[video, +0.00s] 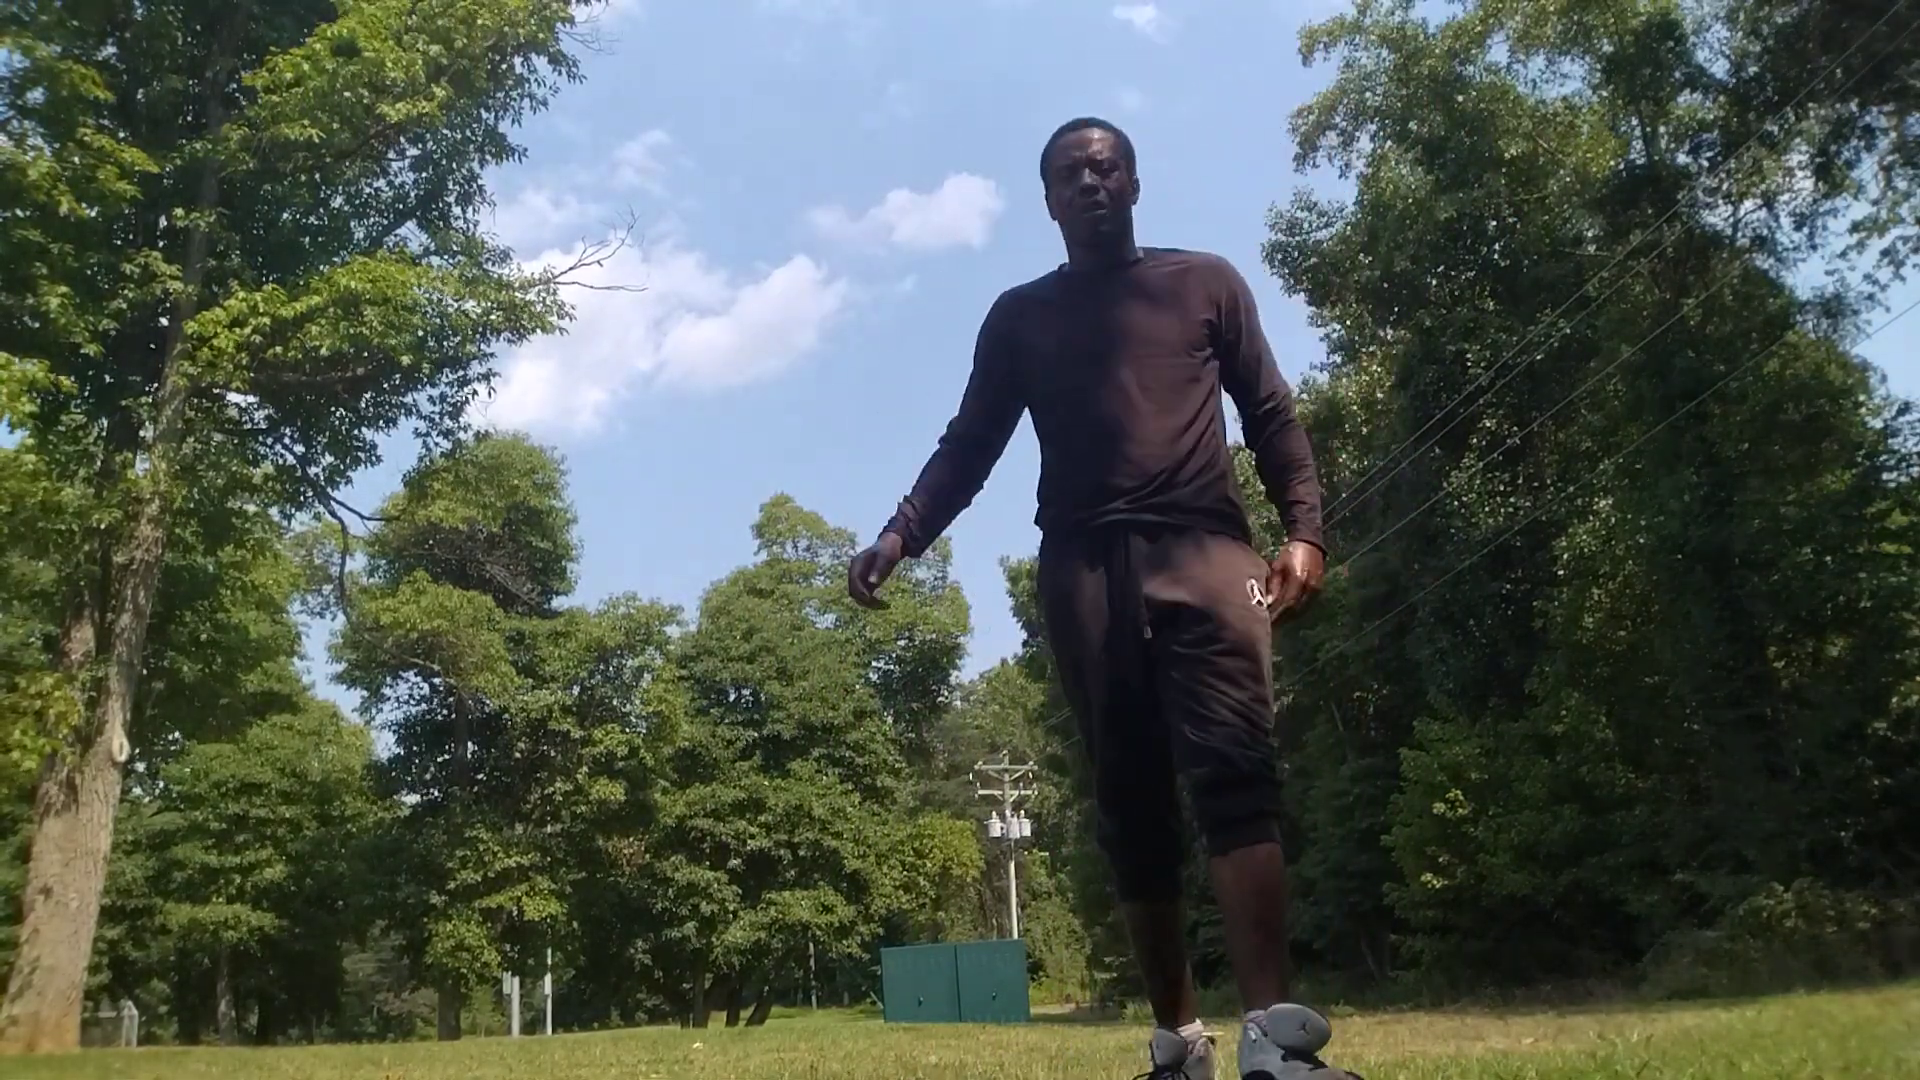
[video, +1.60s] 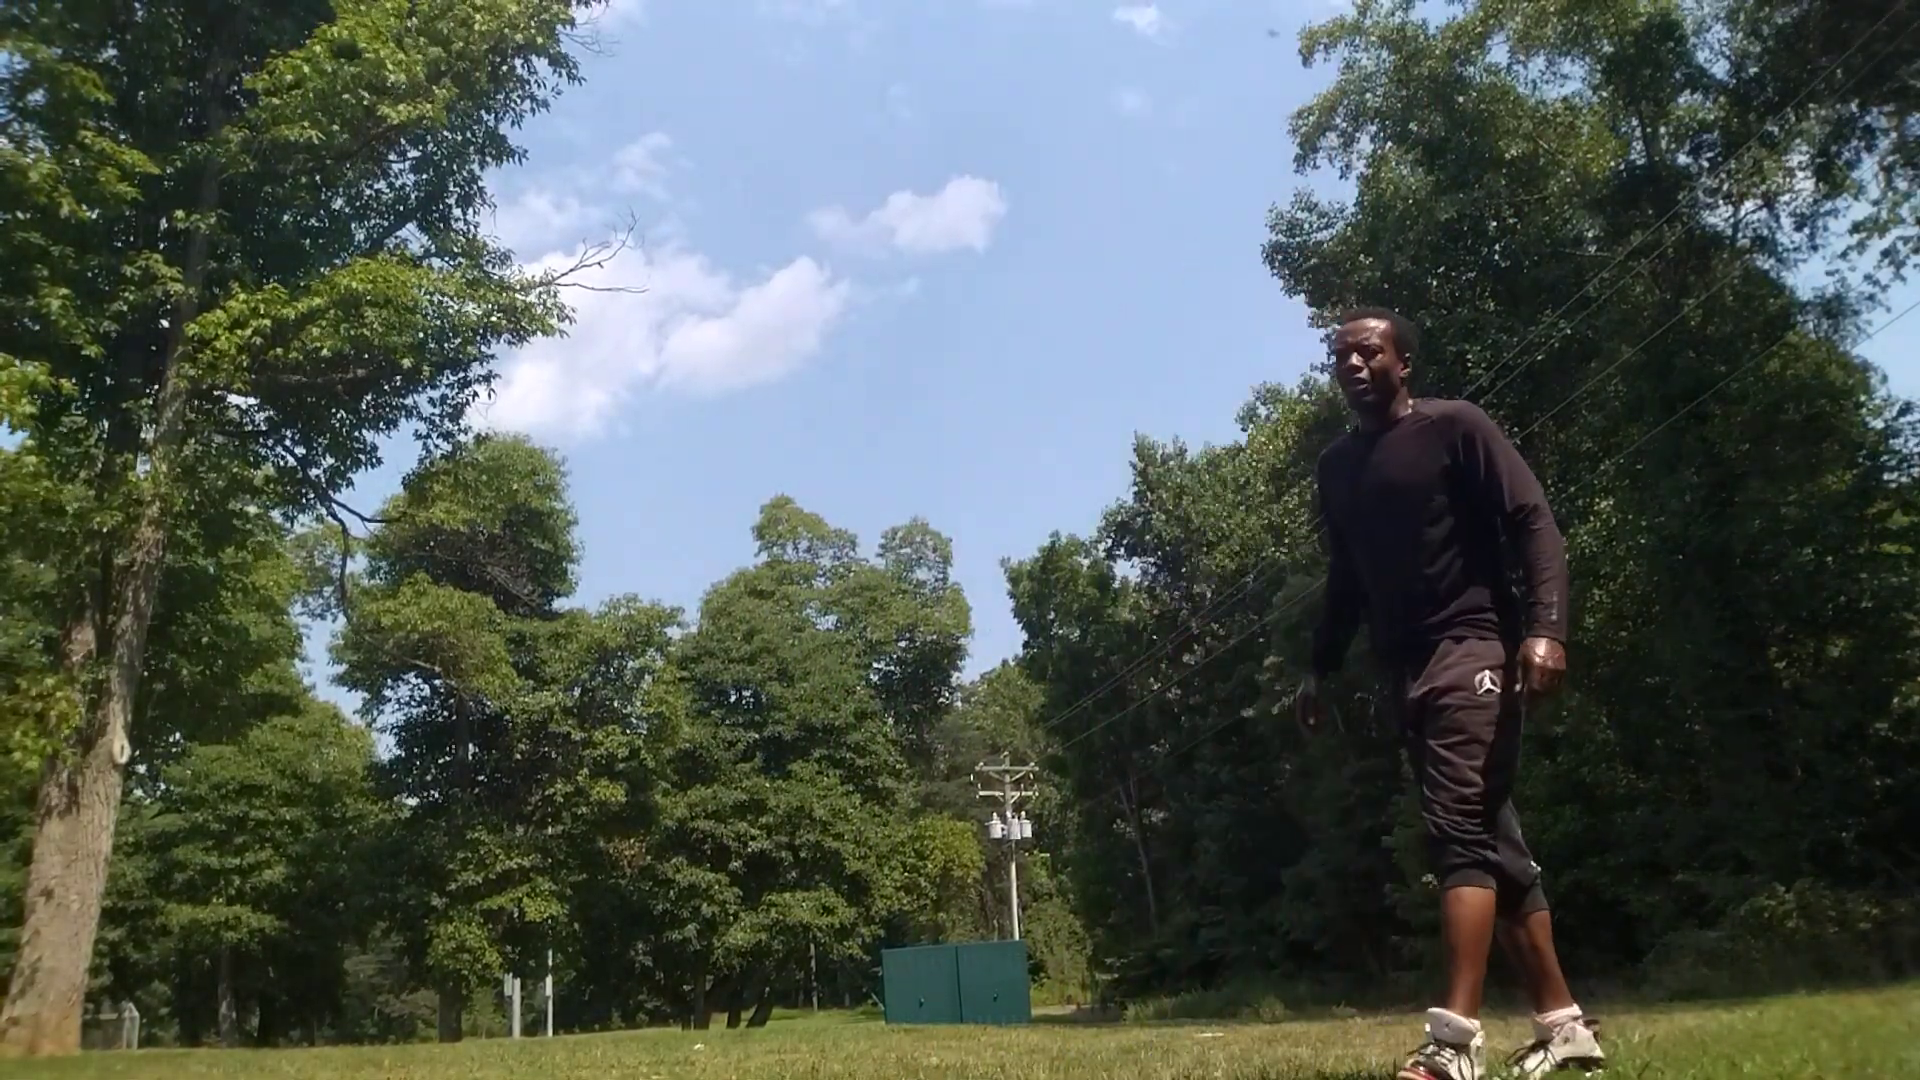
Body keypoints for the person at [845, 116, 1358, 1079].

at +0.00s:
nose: (1091, 179)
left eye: (1106, 164)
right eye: (1070, 170)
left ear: (1136, 185)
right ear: (1047, 200)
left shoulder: (1207, 282)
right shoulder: (1020, 316)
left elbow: (1272, 413)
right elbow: (970, 444)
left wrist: (1304, 529)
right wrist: (896, 540)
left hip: (1204, 542)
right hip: (1084, 562)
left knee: (1237, 769)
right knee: (1130, 793)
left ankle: (1271, 1032)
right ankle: (1178, 1036)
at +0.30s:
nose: (1079, 220)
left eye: (1096, 205)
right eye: (1065, 212)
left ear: (1137, 222)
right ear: (1055, 239)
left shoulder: (1209, 295)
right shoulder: (1052, 359)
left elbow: (1292, 409)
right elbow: (1035, 496)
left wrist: (1336, 530)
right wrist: (978, 611)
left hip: (1226, 567)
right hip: (1115, 586)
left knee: (1253, 776)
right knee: (1146, 805)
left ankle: (1311, 1006)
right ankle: (1180, 1037)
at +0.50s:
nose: (1121, 245)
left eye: (1139, 231)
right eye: (1110, 237)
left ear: (1181, 248)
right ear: (1103, 261)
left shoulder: (1244, 315)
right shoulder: (1105, 374)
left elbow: (1325, 420)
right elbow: (1118, 514)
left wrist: (1354, 527)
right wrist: (1088, 630)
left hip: (1252, 594)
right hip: (1146, 606)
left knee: (1303, 815)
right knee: (1172, 831)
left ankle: (1387, 1016)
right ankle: (1181, 1051)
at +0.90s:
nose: (1253, 298)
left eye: (1267, 283)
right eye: (1239, 287)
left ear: (1301, 292)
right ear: (1224, 304)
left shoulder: (1362, 372)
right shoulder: (1210, 406)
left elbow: (1435, 485)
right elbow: (1197, 520)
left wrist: (1450, 601)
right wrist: (1162, 610)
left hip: (1363, 619)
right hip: (1261, 628)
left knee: (1386, 821)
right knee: (1243, 809)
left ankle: (1400, 1042)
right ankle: (1268, 1029)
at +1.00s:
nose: (1273, 307)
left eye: (1287, 292)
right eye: (1259, 296)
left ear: (1321, 299)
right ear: (1244, 312)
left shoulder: (1385, 385)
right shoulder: (1230, 416)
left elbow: (1456, 504)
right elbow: (1205, 527)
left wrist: (1500, 628)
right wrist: (1158, 618)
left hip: (1382, 624)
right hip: (1282, 634)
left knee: (1394, 828)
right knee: (1269, 819)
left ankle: (1403, 1044)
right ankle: (1339, 1010)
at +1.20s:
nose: (1314, 322)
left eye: (1328, 308)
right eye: (1300, 311)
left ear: (1359, 318)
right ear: (1285, 327)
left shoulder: (1419, 402)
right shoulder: (1263, 431)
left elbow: (1490, 513)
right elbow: (1234, 538)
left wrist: (1548, 628)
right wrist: (1188, 625)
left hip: (1409, 633)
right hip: (1321, 646)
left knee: (1407, 837)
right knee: (1356, 840)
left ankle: (1406, 1047)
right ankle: (1493, 985)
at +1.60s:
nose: (1354, 365)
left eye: (1368, 351)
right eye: (1343, 355)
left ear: (1403, 362)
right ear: (1333, 371)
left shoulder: (1458, 425)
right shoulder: (1338, 467)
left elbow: (1535, 520)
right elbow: (1345, 577)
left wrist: (1548, 625)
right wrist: (1320, 671)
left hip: (1473, 646)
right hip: (1407, 665)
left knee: (1457, 825)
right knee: (1490, 836)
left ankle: (1452, 1041)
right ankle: (1566, 1029)